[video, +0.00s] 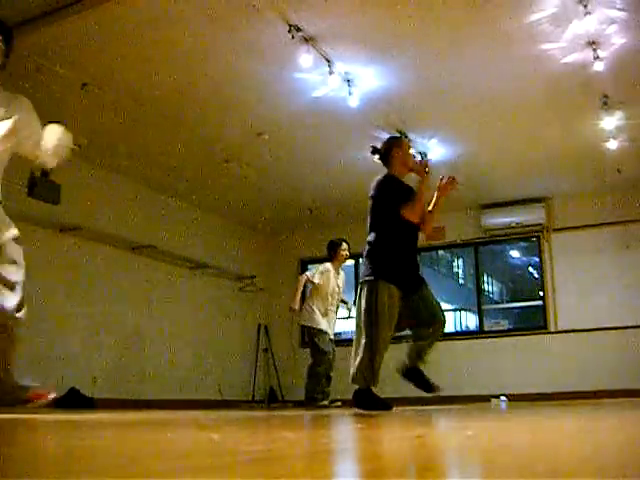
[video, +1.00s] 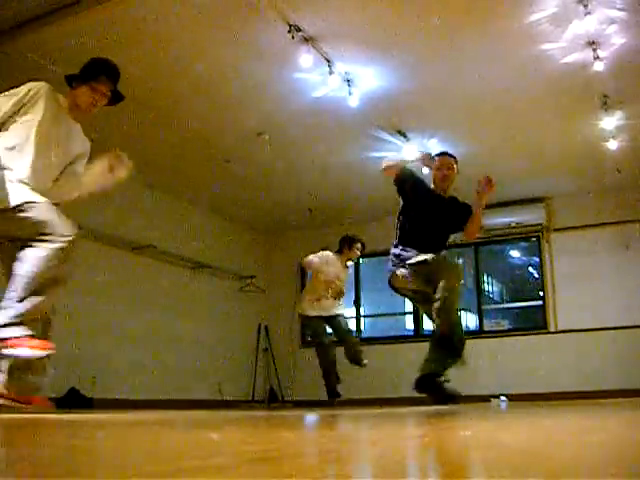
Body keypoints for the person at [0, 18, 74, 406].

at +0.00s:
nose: (5, 60)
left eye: (6, 52)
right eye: (5, 52)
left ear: (10, 53)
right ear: (8, 53)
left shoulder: (14, 109)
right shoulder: (14, 109)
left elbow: (43, 154)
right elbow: (44, 154)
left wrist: (55, 139)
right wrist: (57, 138)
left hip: (2, 218)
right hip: (2, 219)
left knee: (11, 267)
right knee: (10, 267)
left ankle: (7, 379)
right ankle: (6, 379)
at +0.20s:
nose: (36, 64)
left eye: (40, 59)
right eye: (30, 57)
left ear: (45, 68)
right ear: (14, 63)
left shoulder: (39, 118)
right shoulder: (2, 98)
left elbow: (30, 176)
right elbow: (6, 154)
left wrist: (63, 138)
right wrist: (57, 131)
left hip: (19, 219)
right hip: (4, 218)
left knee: (26, 306)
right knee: (19, 304)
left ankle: (30, 389)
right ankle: (28, 390)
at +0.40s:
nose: (64, 69)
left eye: (69, 67)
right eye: (57, 61)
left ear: (69, 81)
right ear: (36, 68)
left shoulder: (57, 129)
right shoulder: (18, 100)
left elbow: (57, 178)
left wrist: (54, 183)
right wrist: (31, 187)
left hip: (39, 207)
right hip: (14, 199)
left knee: (49, 295)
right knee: (63, 263)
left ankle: (28, 388)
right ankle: (2, 293)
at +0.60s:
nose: (77, 69)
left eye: (82, 69)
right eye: (71, 61)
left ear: (79, 83)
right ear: (49, 65)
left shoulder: (60, 116)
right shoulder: (26, 91)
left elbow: (57, 159)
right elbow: (1, 127)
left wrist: (69, 165)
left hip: (43, 211)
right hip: (34, 206)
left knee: (42, 302)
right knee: (101, 266)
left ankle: (26, 390)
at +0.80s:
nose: (85, 94)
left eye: (90, 93)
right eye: (82, 84)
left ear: (86, 103)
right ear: (61, 81)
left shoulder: (62, 144)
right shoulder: (28, 105)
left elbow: (60, 203)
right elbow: (2, 151)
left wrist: (95, 193)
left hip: (43, 226)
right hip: (28, 220)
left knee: (53, 314)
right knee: (94, 281)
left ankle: (29, 390)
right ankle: (101, 375)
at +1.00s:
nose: (97, 102)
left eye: (103, 100)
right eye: (94, 92)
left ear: (103, 106)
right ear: (77, 83)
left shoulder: (80, 144)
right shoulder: (39, 93)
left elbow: (56, 191)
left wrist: (94, 178)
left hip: (32, 199)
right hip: (6, 183)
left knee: (39, 285)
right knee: (59, 232)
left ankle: (18, 382)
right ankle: (12, 323)